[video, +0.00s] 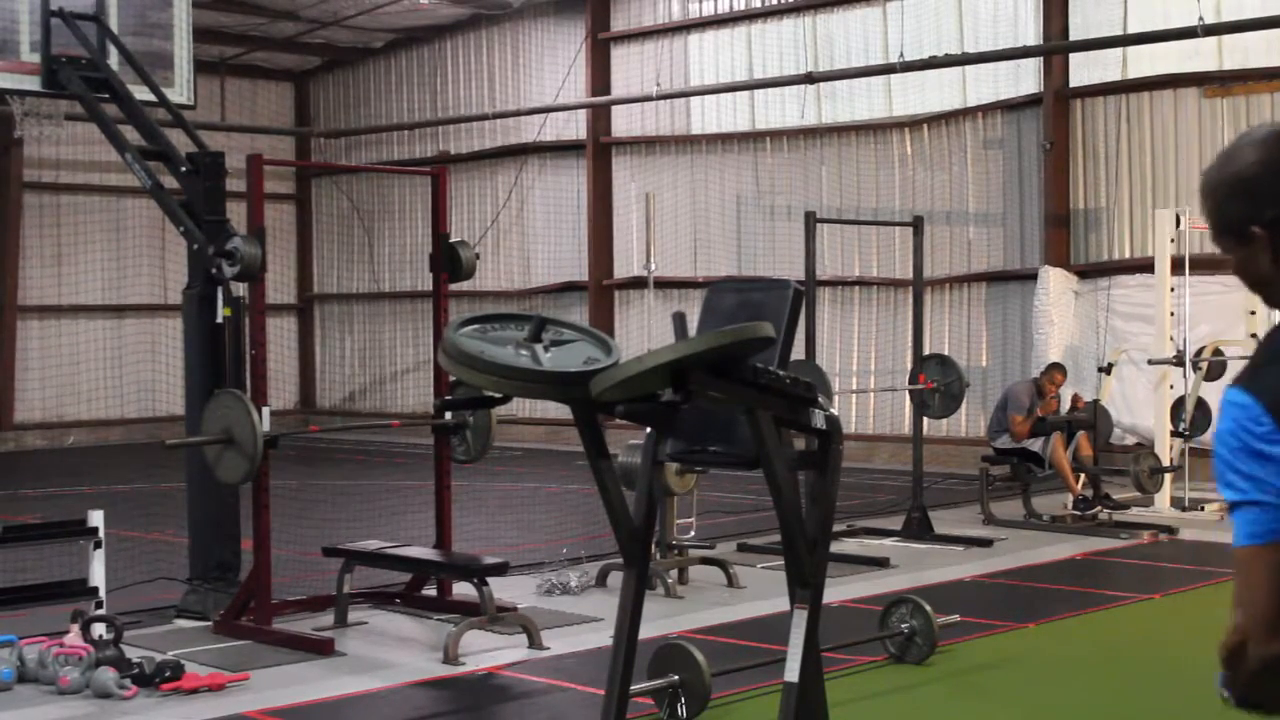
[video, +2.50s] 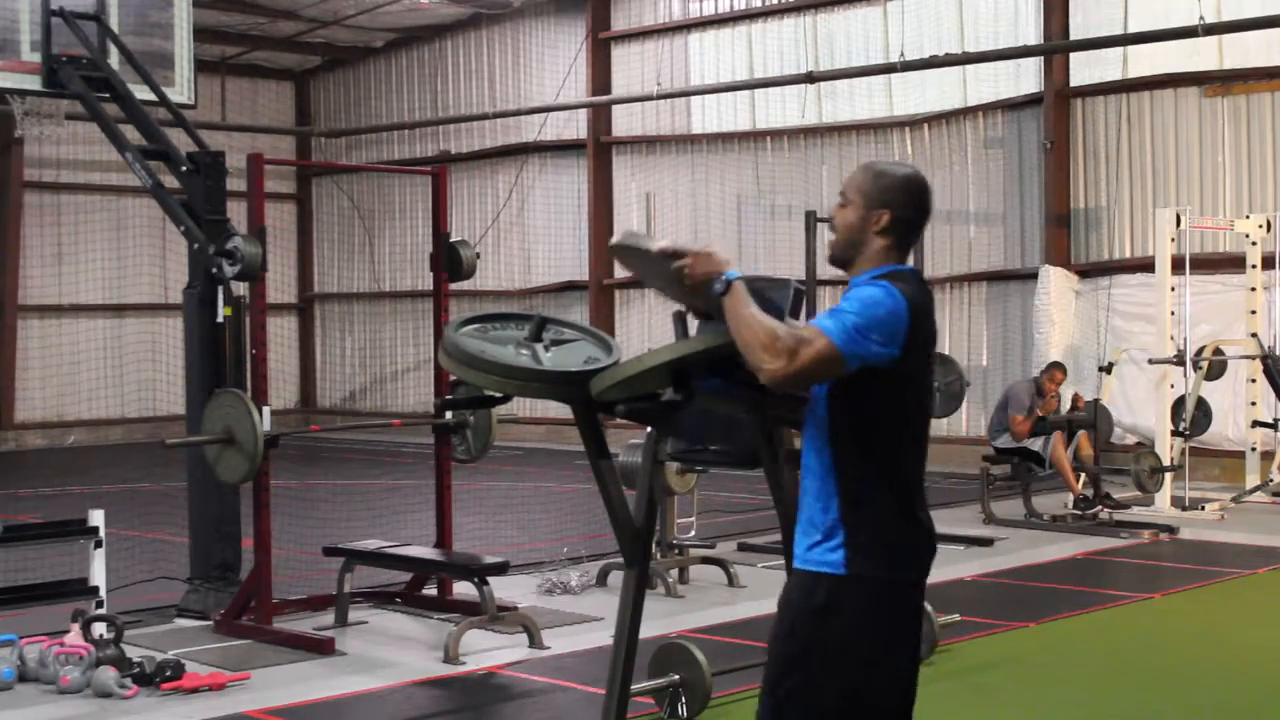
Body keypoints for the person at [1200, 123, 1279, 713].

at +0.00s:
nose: (1233, 270)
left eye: (1228, 249)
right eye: (1226, 250)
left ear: (1263, 240)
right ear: (1265, 239)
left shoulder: (1256, 402)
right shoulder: (1253, 403)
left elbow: (1264, 637)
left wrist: (1241, 681)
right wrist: (1245, 655)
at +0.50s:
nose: (1167, 292)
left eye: (1166, 278)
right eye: (1162, 277)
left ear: (1197, 283)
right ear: (1260, 237)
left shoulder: (1216, 415)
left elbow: (1244, 593)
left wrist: (1145, 551)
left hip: (1253, 674)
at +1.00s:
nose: (1059, 237)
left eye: (1068, 225)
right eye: (1062, 223)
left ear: (1111, 240)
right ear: (1166, 229)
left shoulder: (1096, 362)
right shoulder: (1251, 311)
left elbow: (1098, 523)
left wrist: (1010, 475)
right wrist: (1095, 387)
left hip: (1142, 637)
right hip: (1248, 620)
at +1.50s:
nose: (1026, 212)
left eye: (1040, 202)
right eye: (1032, 199)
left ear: (1082, 221)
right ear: (1086, 223)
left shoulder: (1064, 315)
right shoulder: (1126, 308)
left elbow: (1025, 448)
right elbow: (1099, 446)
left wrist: (945, 387)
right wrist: (997, 400)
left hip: (1037, 599)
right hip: (1117, 588)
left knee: (958, 709)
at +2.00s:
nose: (922, 215)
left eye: (935, 205)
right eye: (930, 202)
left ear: (971, 227)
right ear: (977, 231)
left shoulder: (947, 309)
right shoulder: (992, 304)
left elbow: (820, 366)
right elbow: (903, 359)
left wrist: (799, 272)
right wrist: (845, 296)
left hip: (900, 575)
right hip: (946, 566)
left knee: (869, 706)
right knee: (910, 707)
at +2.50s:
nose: (830, 214)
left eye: (842, 203)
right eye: (837, 201)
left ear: (881, 221)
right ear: (884, 225)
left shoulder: (883, 298)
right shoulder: (890, 293)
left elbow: (783, 361)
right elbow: (799, 349)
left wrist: (724, 281)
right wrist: (724, 296)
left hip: (849, 566)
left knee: (798, 706)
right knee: (856, 707)